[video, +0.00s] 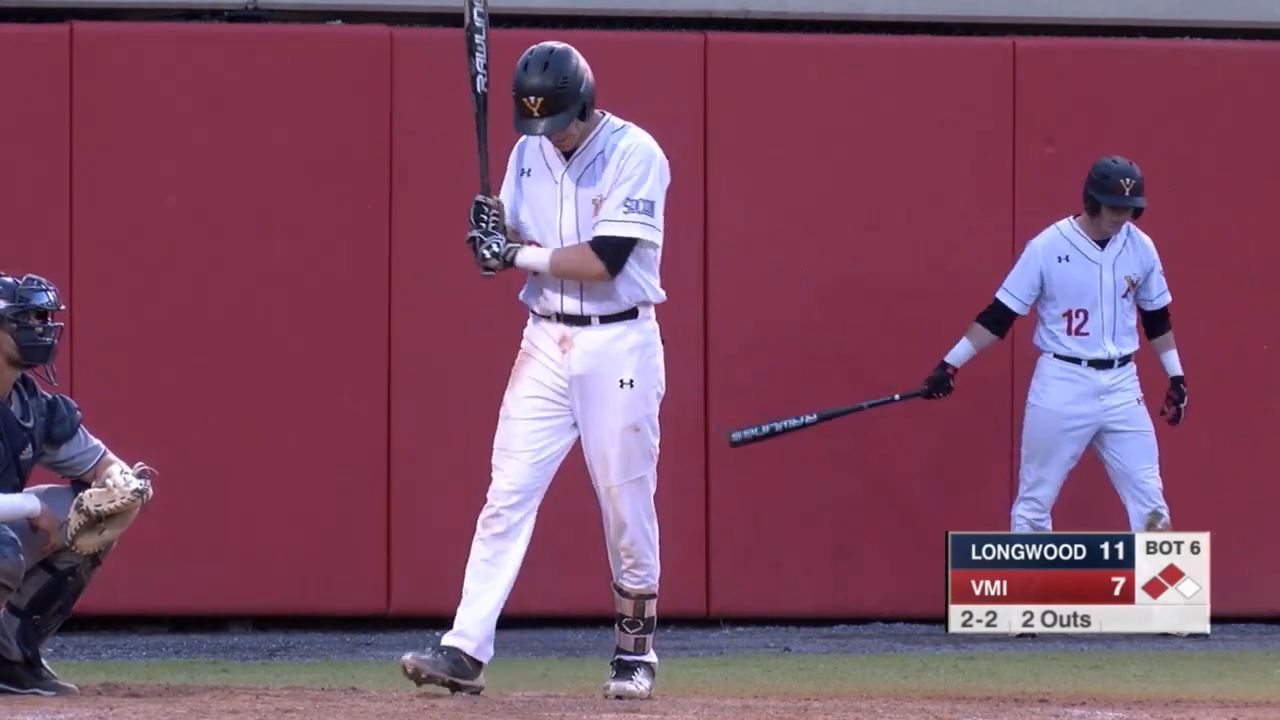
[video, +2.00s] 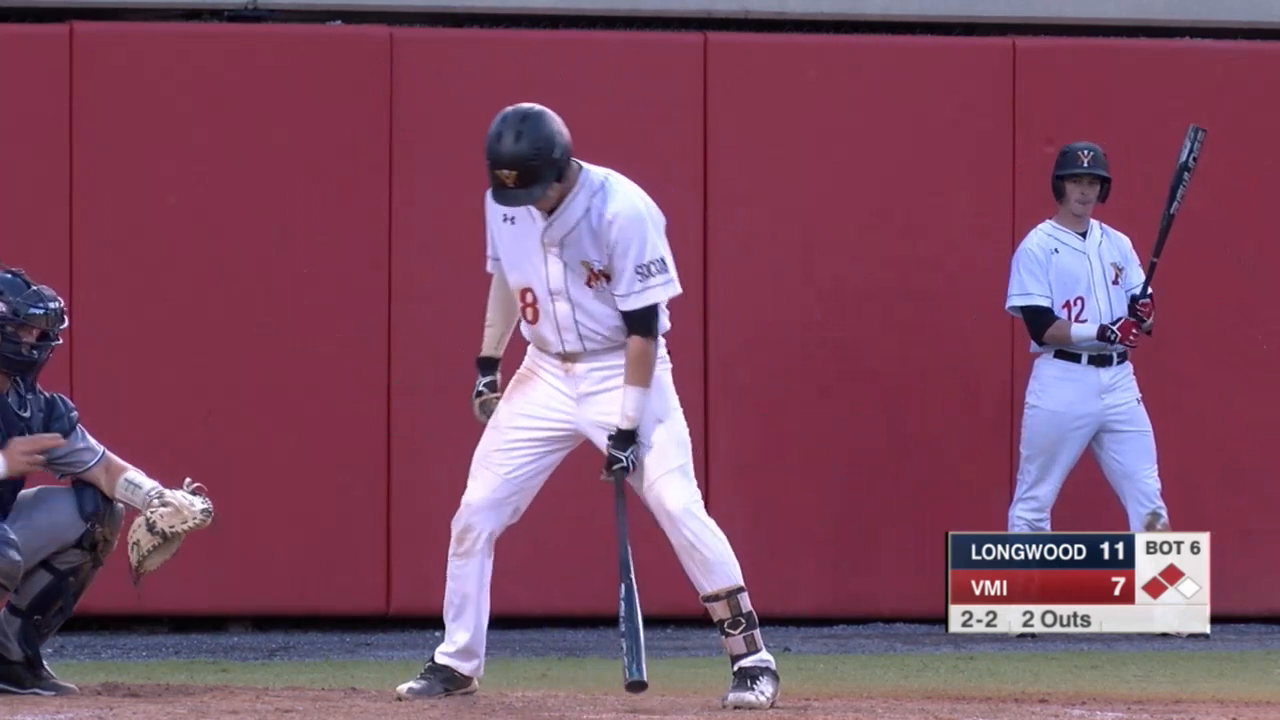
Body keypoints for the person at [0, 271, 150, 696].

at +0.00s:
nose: (38, 328)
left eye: (41, 318)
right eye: (23, 319)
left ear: (48, 325)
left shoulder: (37, 406)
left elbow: (97, 461)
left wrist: (125, 484)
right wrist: (27, 505)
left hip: (9, 522)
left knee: (96, 511)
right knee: (11, 545)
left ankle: (15, 652)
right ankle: (8, 653)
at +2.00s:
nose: (30, 339)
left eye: (38, 331)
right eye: (20, 327)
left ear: (48, 336)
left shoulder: (39, 408)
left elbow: (106, 469)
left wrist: (159, 498)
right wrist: (4, 463)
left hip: (6, 535)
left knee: (94, 510)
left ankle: (14, 650)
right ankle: (11, 651)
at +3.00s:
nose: (29, 325)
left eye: (34, 315)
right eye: (17, 314)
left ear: (41, 321)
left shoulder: (23, 395)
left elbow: (107, 466)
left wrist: (183, 512)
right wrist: (21, 427)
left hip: (5, 528)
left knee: (98, 515)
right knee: (8, 561)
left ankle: (14, 651)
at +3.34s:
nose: (30, 322)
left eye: (36, 312)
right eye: (19, 311)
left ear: (43, 318)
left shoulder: (33, 401)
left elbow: (106, 469)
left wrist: (188, 531)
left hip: (9, 528)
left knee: (97, 513)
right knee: (7, 563)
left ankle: (14, 652)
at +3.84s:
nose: (32, 322)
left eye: (38, 312)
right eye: (19, 311)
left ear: (47, 317)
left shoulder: (37, 404)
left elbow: (115, 474)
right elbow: (8, 511)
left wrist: (191, 536)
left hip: (3, 527)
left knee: (100, 514)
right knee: (6, 558)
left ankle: (13, 652)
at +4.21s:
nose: (30, 319)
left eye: (34, 310)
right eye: (17, 309)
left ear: (39, 316)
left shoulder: (36, 402)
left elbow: (99, 463)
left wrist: (172, 512)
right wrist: (6, 474)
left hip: (4, 531)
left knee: (98, 515)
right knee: (5, 561)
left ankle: (12, 651)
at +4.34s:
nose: (28, 318)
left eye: (33, 308)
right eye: (17, 308)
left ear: (41, 314)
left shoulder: (39, 396)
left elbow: (93, 456)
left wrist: (156, 485)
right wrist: (31, 473)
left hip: (10, 525)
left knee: (98, 510)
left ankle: (16, 649)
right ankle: (11, 650)